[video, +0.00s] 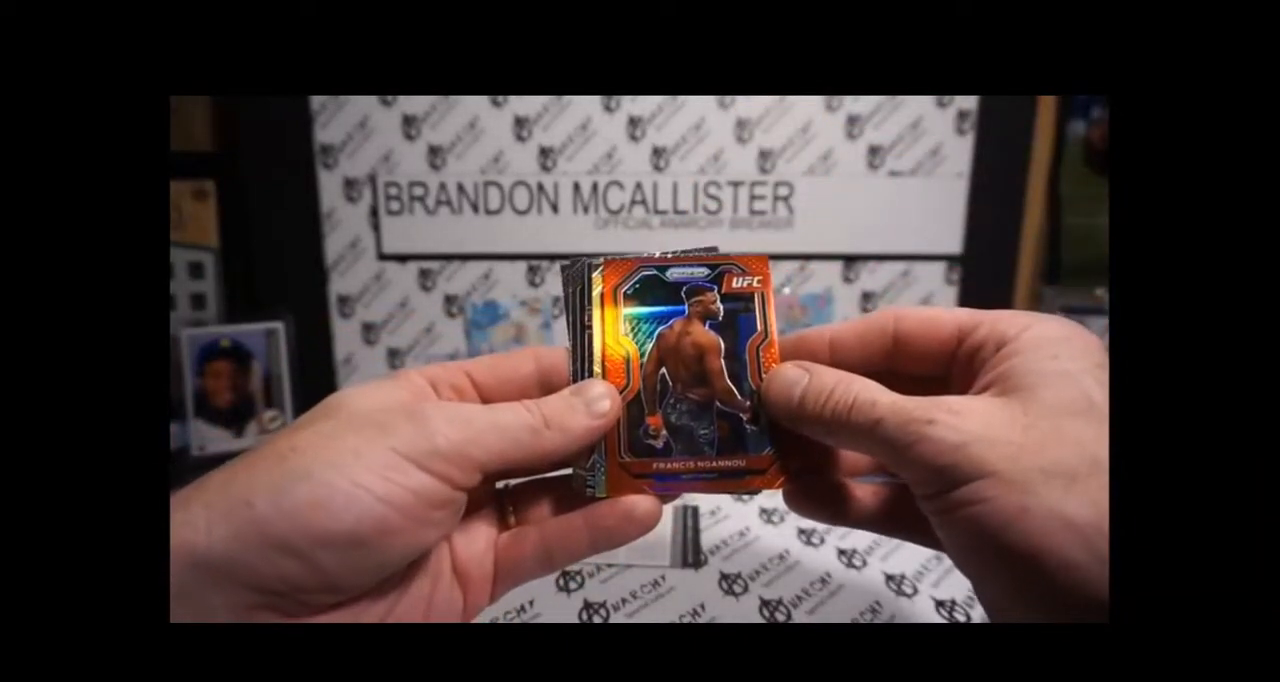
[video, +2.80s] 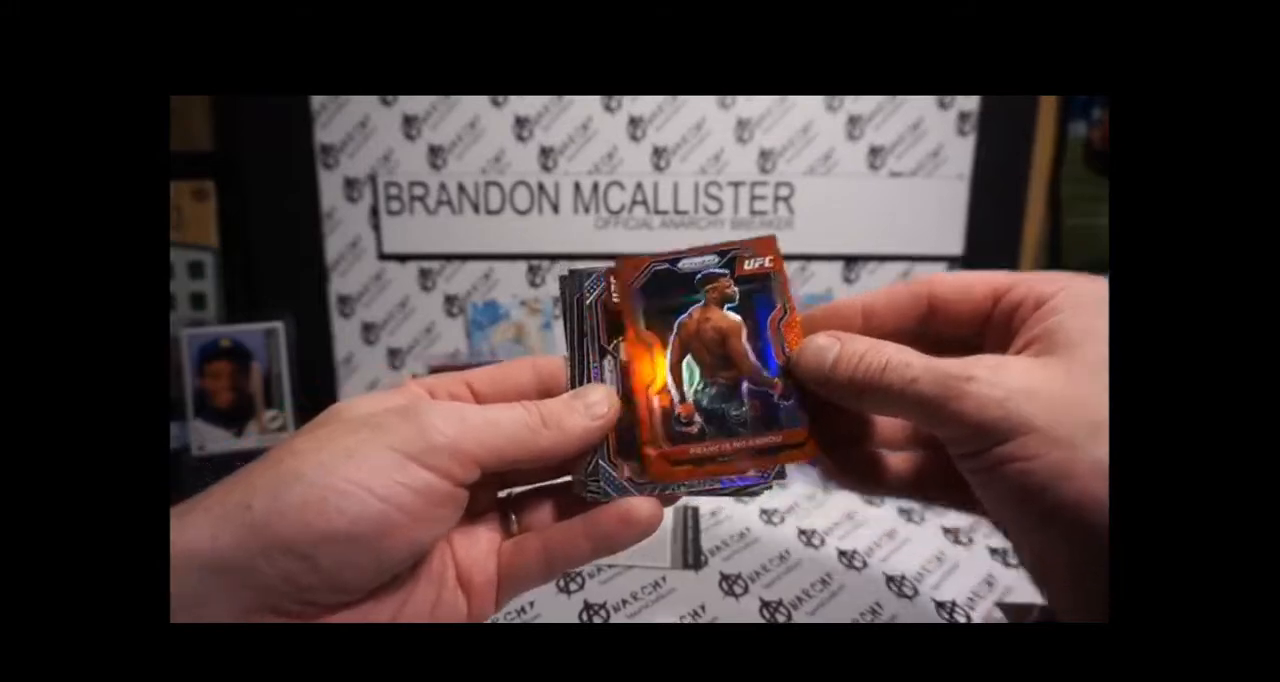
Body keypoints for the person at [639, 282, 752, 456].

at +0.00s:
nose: (720, 307)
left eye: (719, 301)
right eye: (714, 302)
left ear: (694, 307)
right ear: (696, 306)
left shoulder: (665, 333)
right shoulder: (709, 340)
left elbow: (649, 373)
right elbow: (721, 388)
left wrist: (651, 413)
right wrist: (745, 408)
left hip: (673, 407)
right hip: (699, 413)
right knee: (701, 474)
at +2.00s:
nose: (718, 308)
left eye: (716, 303)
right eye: (713, 304)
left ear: (693, 309)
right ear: (694, 308)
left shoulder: (663, 334)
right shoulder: (708, 341)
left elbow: (648, 374)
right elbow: (720, 389)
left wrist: (650, 413)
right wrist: (743, 407)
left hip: (671, 407)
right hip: (698, 412)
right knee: (702, 474)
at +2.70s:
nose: (718, 305)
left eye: (716, 301)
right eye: (712, 302)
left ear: (693, 307)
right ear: (694, 307)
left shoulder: (664, 334)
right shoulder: (707, 339)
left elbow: (648, 375)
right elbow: (721, 388)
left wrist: (652, 415)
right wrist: (745, 407)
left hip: (672, 407)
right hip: (699, 412)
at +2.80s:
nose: (735, 288)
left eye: (732, 283)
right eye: (728, 284)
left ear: (711, 292)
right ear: (712, 291)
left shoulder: (685, 323)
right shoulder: (731, 321)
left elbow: (674, 364)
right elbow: (747, 366)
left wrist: (680, 401)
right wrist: (773, 384)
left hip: (704, 390)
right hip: (731, 391)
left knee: (716, 452)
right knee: (741, 452)